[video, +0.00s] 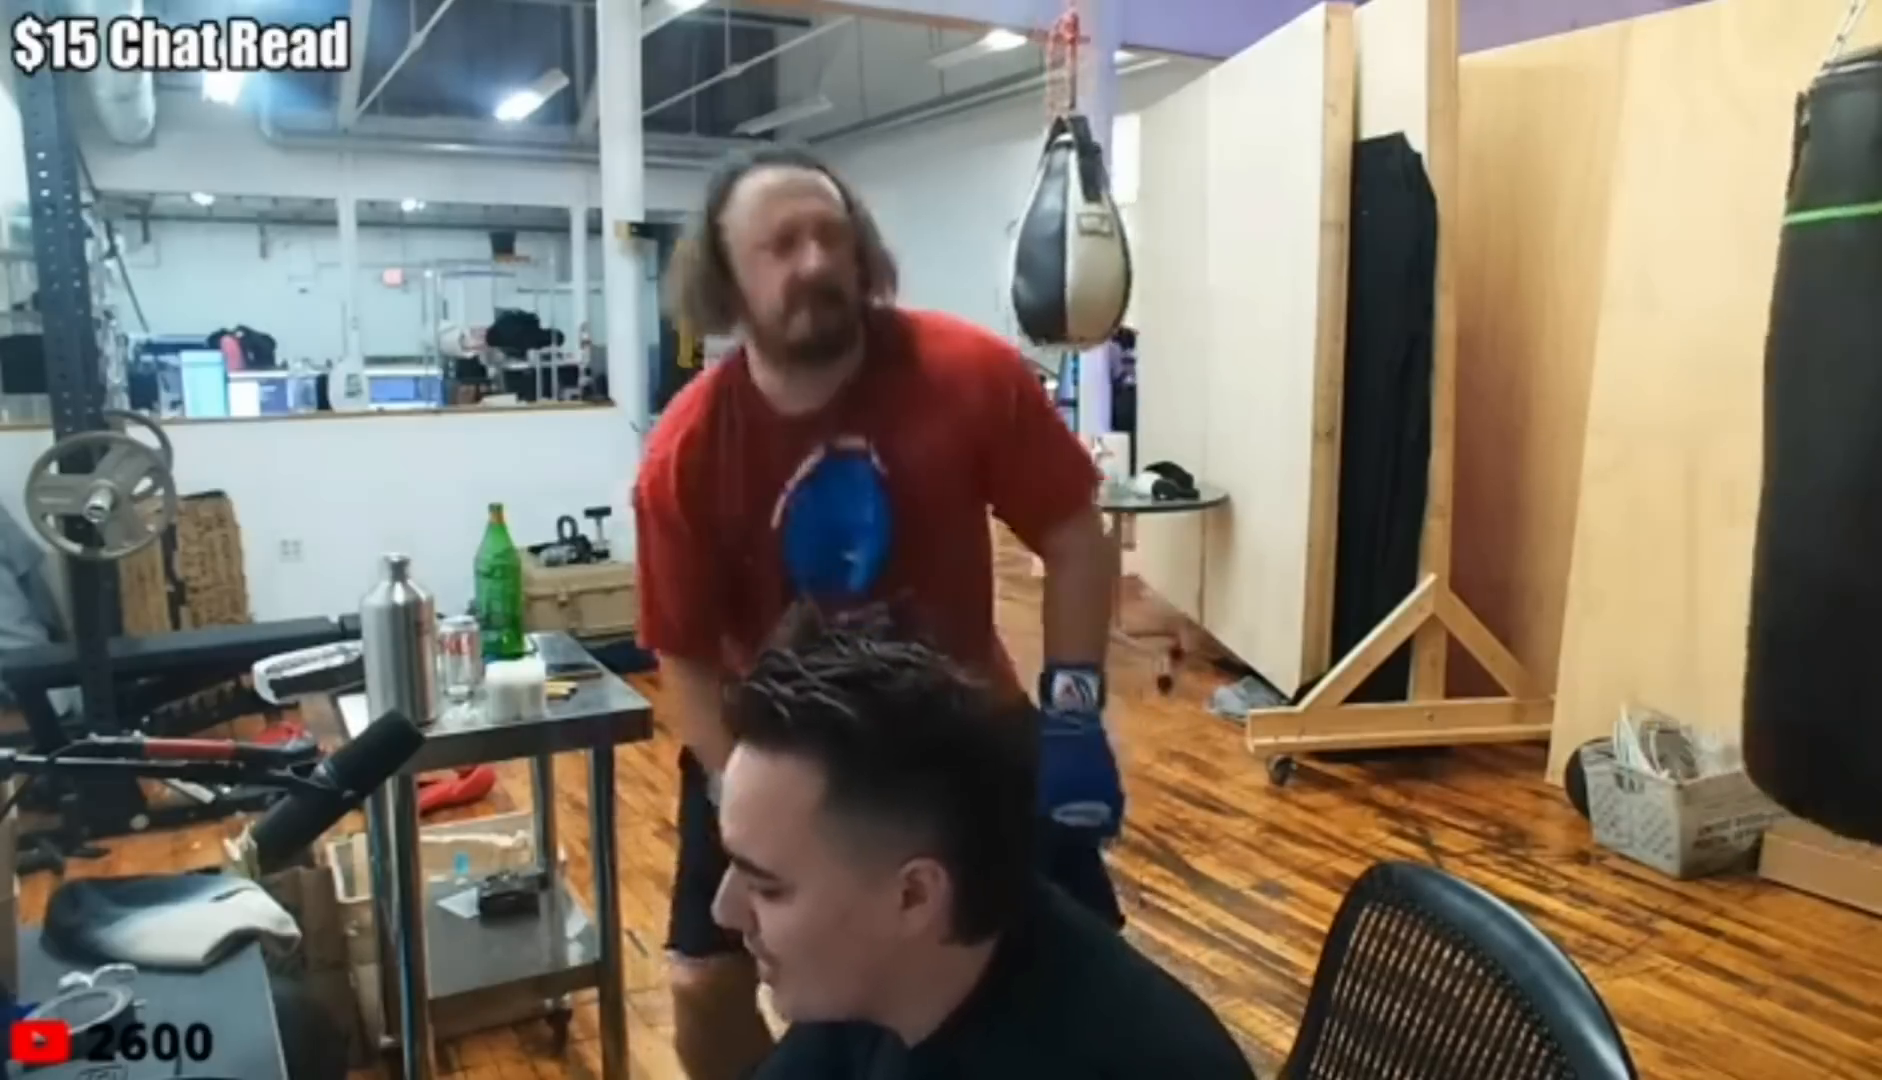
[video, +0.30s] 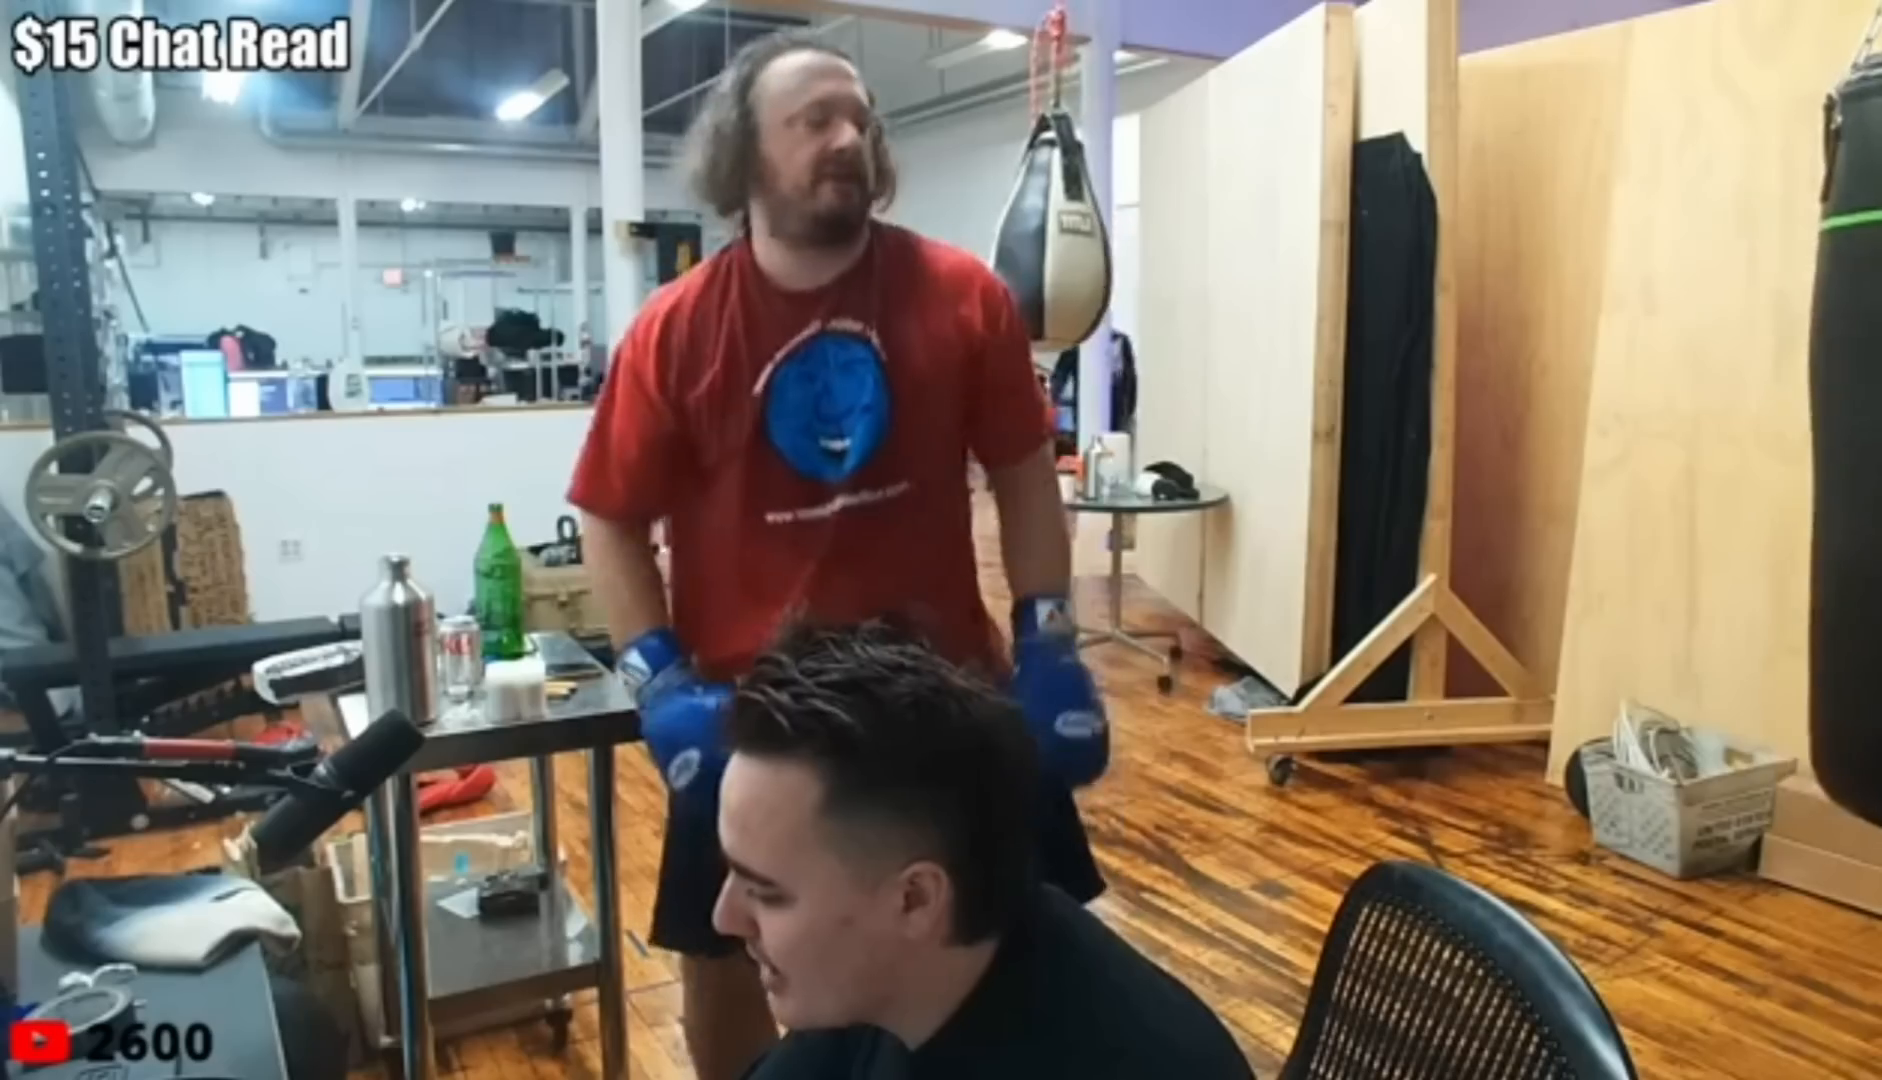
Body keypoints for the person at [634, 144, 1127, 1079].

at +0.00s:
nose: (812, 263)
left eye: (828, 237)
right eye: (779, 247)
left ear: (863, 257)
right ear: (729, 285)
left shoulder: (969, 376)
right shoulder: (685, 456)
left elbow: (1075, 533)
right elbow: (689, 668)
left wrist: (1072, 721)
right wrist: (761, 811)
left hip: (959, 731)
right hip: (770, 750)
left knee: (1029, 958)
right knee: (703, 985)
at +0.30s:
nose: (848, 139)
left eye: (861, 120)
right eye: (815, 121)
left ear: (880, 148)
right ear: (747, 157)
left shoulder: (963, 297)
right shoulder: (674, 334)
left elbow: (1023, 472)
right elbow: (609, 519)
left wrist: (1048, 644)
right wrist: (662, 682)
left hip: (943, 704)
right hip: (744, 712)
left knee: (988, 958)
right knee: (725, 964)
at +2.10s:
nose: (1441, 133)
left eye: (1441, 104)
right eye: (1430, 103)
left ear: (1336, 102)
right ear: (1365, 98)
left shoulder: (1248, 207)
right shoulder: (1314, 218)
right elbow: (1313, 438)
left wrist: (1453, 542)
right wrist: (1477, 541)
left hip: (1249, 639)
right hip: (1308, 660)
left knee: (1267, 889)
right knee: (1301, 950)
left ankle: (1191, 1058)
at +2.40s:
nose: (1481, 143)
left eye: (1482, 120)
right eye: (1456, 118)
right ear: (1370, 129)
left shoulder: (1406, 259)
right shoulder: (1328, 257)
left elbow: (1394, 406)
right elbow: (1298, 468)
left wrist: (1488, 360)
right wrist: (1476, 547)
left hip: (1415, 667)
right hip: (1347, 676)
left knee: (1429, 945)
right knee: (1354, 950)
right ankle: (1285, 1077)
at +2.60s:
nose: (1462, 137)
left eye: (1479, 118)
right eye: (1434, 116)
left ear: (1493, 134)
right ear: (1368, 130)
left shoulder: (1453, 266)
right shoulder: (1318, 256)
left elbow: (1447, 417)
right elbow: (1262, 449)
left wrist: (1554, 408)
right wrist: (1418, 540)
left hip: (1447, 634)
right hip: (1358, 642)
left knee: (1444, 894)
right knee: (1404, 902)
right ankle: (1335, 1066)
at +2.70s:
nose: (1450, 139)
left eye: (1468, 120)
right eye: (1423, 118)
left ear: (1484, 140)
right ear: (1368, 132)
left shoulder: (1471, 269)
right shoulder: (1316, 255)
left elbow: (1462, 422)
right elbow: (1246, 438)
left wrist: (1567, 409)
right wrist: (1388, 525)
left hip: (1451, 625)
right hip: (1349, 627)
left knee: (1435, 876)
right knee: (1361, 888)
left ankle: (1413, 1054)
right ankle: (1323, 1063)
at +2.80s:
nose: (1438, 143)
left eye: (1460, 122)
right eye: (1414, 120)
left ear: (1486, 141)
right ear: (1368, 133)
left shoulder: (1483, 270)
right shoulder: (1308, 259)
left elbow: (1490, 418)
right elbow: (1235, 428)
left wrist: (1606, 414)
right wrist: (1359, 522)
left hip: (1457, 632)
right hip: (1343, 628)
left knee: (1459, 875)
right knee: (1351, 881)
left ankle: (1418, 1057)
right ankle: (1311, 1065)